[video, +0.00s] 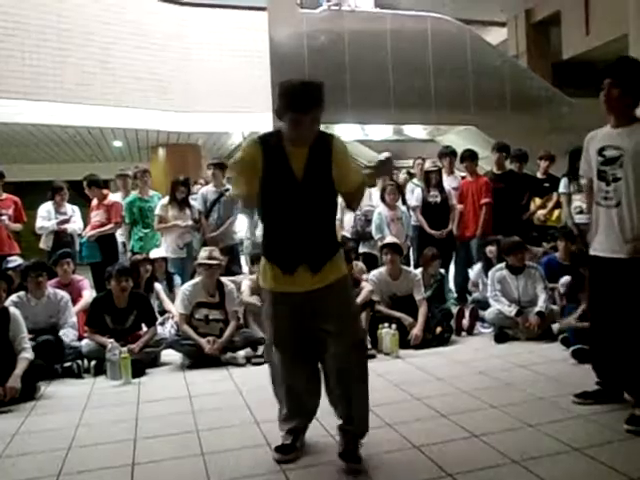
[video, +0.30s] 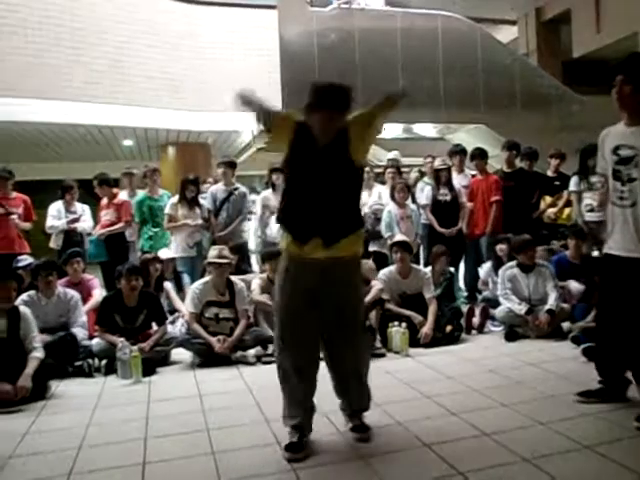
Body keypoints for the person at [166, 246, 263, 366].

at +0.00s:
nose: (210, 271)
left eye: (214, 267)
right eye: (206, 267)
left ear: (220, 269)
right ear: (199, 269)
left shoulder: (228, 289)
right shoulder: (188, 289)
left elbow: (234, 320)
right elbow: (182, 323)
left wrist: (221, 342)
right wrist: (201, 341)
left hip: (222, 334)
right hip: (197, 334)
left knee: (251, 337)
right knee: (173, 342)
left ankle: (200, 360)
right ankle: (221, 358)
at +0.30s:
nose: (221, 270)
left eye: (225, 265)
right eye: (217, 266)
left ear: (230, 267)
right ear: (209, 268)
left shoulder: (238, 287)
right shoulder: (198, 288)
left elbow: (244, 319)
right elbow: (191, 321)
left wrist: (231, 341)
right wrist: (212, 340)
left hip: (233, 335)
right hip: (207, 335)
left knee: (261, 335)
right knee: (185, 341)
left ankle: (209, 359)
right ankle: (233, 357)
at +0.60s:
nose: (218, 263)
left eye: (222, 258)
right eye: (214, 258)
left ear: (228, 260)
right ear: (207, 260)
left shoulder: (236, 280)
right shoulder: (196, 280)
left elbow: (241, 311)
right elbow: (188, 312)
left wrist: (227, 333)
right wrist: (208, 333)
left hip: (228, 326)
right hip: (203, 326)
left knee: (251, 330)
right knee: (180, 333)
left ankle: (203, 350)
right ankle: (228, 349)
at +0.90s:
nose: (207, 261)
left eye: (211, 257)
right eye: (203, 257)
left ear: (217, 259)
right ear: (196, 259)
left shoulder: (225, 279)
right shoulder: (185, 279)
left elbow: (230, 310)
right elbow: (177, 311)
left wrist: (217, 332)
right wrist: (197, 331)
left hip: (217, 325)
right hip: (192, 325)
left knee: (239, 332)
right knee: (169, 332)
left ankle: (190, 350)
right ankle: (217, 349)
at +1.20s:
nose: (202, 241)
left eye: (206, 237)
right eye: (198, 237)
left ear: (213, 237)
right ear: (191, 238)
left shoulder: (221, 258)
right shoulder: (182, 258)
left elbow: (227, 289)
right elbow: (175, 290)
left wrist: (214, 311)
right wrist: (195, 310)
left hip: (214, 302)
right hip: (190, 302)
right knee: (184, 327)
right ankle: (220, 326)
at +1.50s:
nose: (206, 239)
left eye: (210, 235)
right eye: (202, 235)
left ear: (216, 237)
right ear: (195, 237)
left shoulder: (224, 257)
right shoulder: (185, 258)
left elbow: (230, 288)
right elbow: (178, 290)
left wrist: (218, 310)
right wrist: (198, 310)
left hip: (218, 304)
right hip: (194, 304)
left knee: (245, 304)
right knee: (168, 310)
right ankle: (220, 326)